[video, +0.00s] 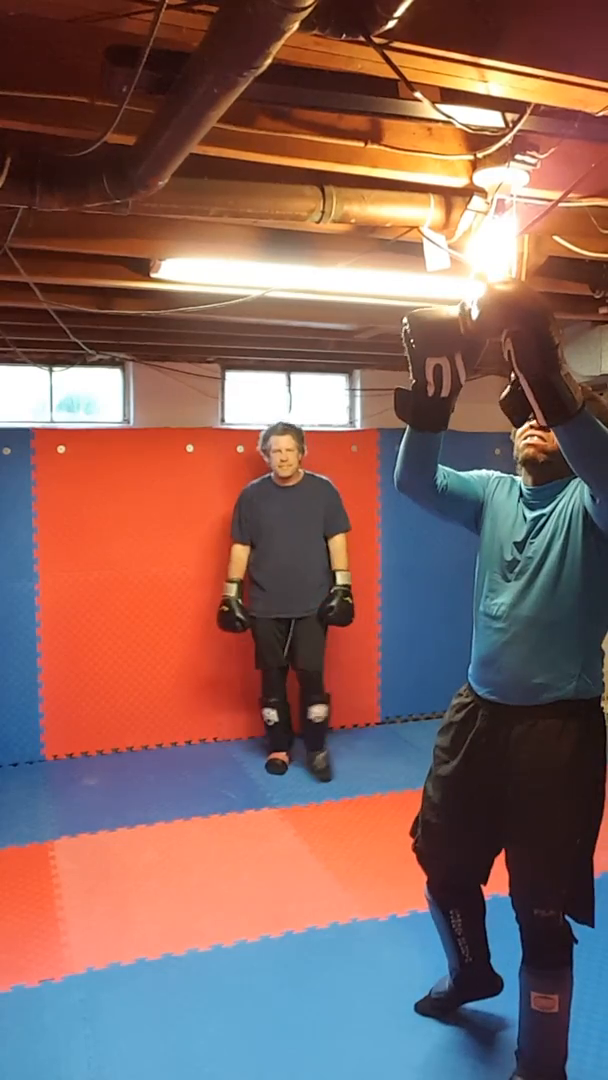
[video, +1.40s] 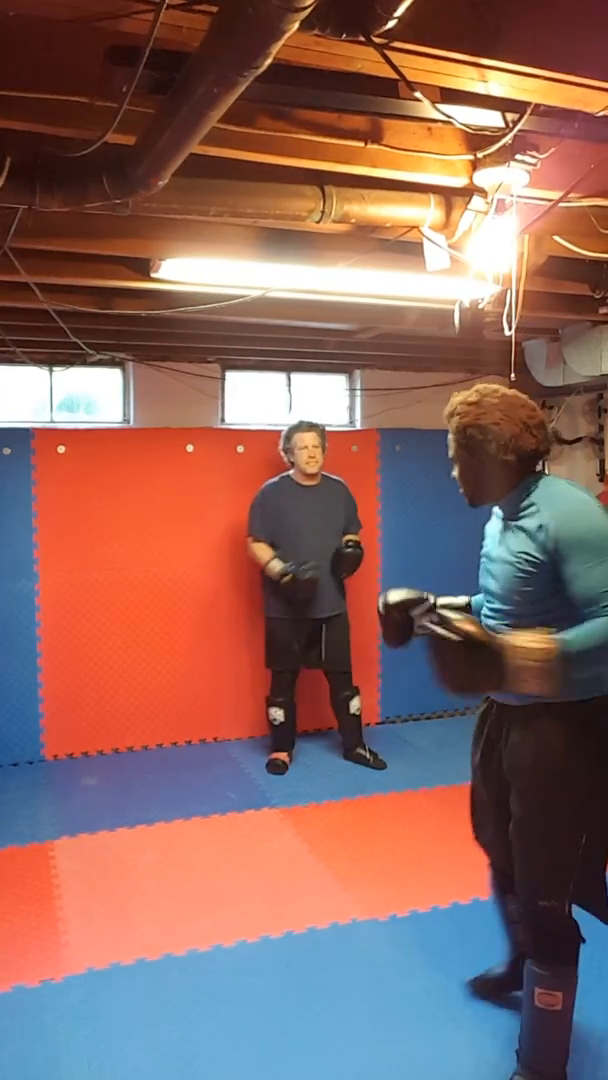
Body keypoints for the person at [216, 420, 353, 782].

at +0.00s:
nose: (282, 458)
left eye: (288, 451)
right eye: (276, 452)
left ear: (301, 453)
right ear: (267, 455)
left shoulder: (323, 491)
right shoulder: (252, 495)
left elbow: (337, 540)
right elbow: (240, 546)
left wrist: (342, 587)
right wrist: (230, 593)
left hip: (313, 601)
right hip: (266, 602)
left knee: (312, 674)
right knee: (272, 675)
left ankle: (317, 747)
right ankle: (279, 745)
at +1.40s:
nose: (311, 454)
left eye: (316, 448)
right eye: (303, 449)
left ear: (324, 452)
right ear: (288, 454)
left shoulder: (339, 491)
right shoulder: (270, 494)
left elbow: (353, 532)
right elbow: (257, 543)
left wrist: (352, 551)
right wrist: (283, 574)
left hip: (332, 604)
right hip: (286, 606)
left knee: (342, 675)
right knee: (283, 677)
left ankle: (354, 744)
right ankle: (281, 748)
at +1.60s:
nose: (326, 455)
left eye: (331, 449)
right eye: (318, 450)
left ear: (337, 451)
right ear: (303, 454)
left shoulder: (353, 489)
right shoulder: (287, 492)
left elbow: (371, 534)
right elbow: (275, 544)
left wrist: (363, 547)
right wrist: (322, 547)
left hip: (349, 604)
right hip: (303, 606)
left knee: (354, 675)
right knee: (293, 676)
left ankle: (356, 745)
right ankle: (283, 748)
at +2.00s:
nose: (357, 457)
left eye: (361, 450)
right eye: (349, 451)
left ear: (367, 452)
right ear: (332, 455)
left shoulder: (381, 490)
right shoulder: (315, 493)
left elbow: (398, 536)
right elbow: (301, 547)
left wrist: (390, 541)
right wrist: (346, 537)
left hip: (375, 603)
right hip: (333, 604)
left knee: (366, 674)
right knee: (329, 672)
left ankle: (358, 744)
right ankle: (295, 747)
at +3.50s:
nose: (359, 462)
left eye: (362, 454)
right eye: (350, 456)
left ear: (368, 453)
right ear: (331, 458)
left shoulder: (374, 489)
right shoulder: (316, 494)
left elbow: (387, 543)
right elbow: (296, 552)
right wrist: (340, 546)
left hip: (373, 619)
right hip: (333, 621)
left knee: (368, 698)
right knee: (336, 697)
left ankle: (367, 771)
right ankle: (334, 771)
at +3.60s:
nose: (358, 461)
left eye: (360, 453)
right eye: (349, 455)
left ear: (368, 451)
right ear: (330, 460)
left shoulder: (375, 489)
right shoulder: (316, 495)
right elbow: (297, 554)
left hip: (374, 622)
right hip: (331, 623)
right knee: (336, 702)